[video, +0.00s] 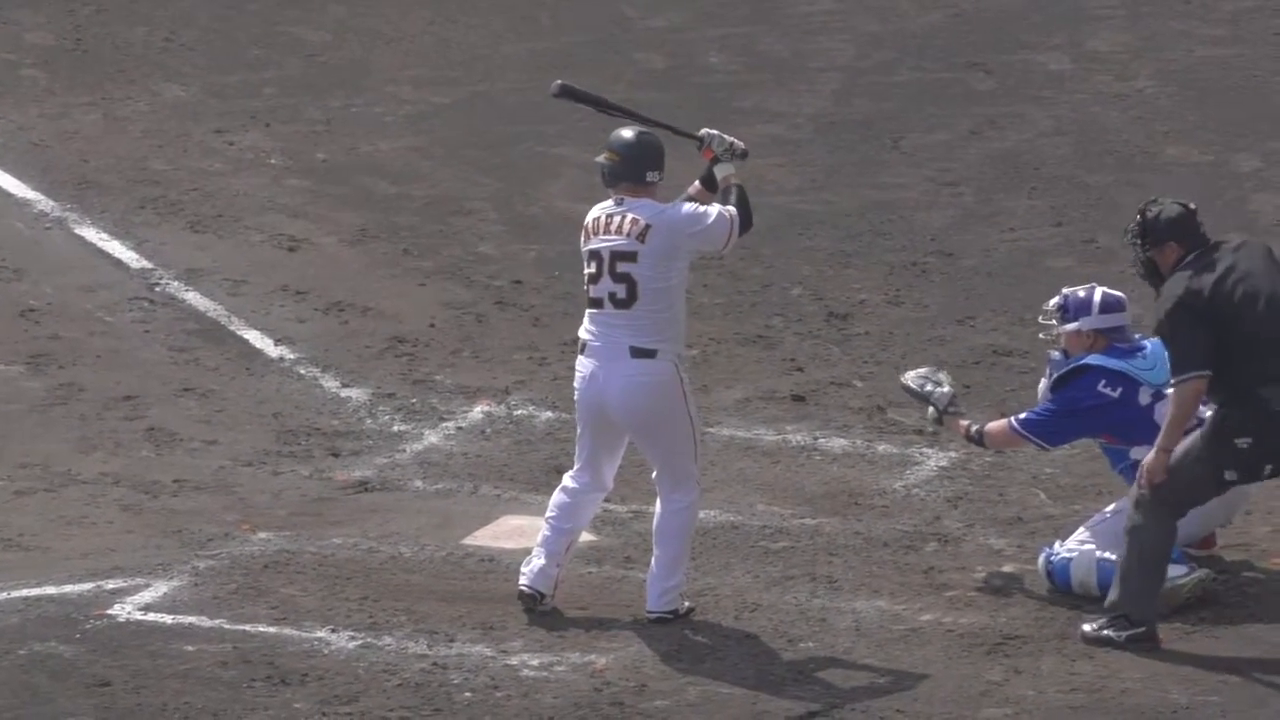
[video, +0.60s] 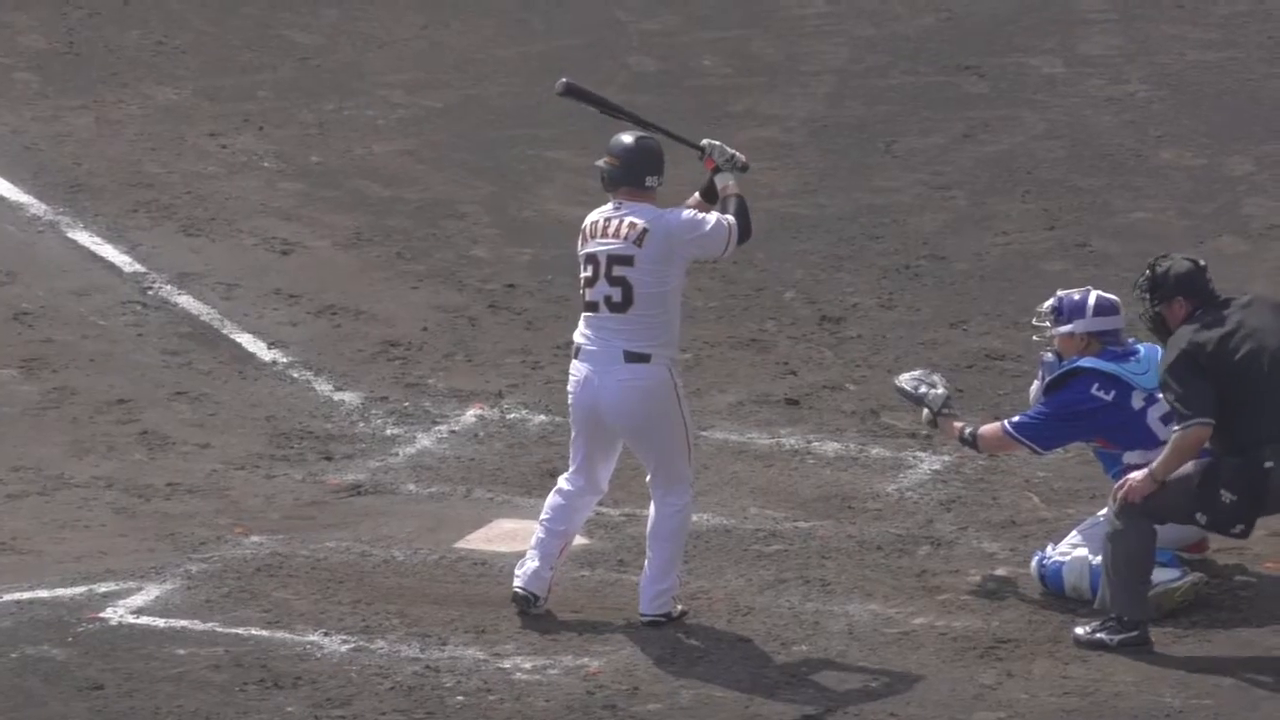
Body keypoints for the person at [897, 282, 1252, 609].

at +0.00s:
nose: (1058, 336)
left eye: (1065, 329)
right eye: (1060, 328)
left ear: (1090, 337)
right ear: (1106, 333)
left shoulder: (1092, 389)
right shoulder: (1148, 347)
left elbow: (1019, 431)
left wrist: (968, 430)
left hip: (1192, 490)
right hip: (1230, 470)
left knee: (1060, 562)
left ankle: (1174, 577)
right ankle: (1197, 540)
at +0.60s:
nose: (1051, 337)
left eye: (1058, 331)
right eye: (1053, 329)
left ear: (1082, 339)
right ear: (1110, 331)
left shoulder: (1086, 390)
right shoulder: (1150, 353)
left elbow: (1006, 436)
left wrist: (954, 429)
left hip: (1167, 506)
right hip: (1212, 485)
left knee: (1052, 563)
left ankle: (1160, 577)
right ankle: (1189, 539)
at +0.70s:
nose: (1051, 338)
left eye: (1057, 330)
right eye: (1052, 330)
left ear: (1081, 338)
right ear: (1108, 331)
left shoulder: (1086, 390)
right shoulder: (1150, 353)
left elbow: (1006, 436)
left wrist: (951, 427)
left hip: (1167, 508)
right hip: (1211, 487)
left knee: (1050, 563)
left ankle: (1160, 576)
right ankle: (1187, 540)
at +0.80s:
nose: (1050, 339)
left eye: (1056, 332)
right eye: (1052, 331)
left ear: (1080, 340)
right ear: (1108, 333)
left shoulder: (1085, 389)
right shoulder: (1151, 353)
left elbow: (1001, 438)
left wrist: (953, 428)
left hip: (1167, 510)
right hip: (1210, 488)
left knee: (1051, 563)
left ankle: (1157, 576)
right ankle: (1186, 540)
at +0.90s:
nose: (1050, 339)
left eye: (1056, 333)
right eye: (1051, 332)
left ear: (1079, 341)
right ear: (1109, 334)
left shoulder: (1084, 390)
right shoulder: (1150, 356)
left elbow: (1005, 439)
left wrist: (953, 431)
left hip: (1163, 514)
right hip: (1206, 495)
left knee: (1048, 565)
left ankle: (1157, 579)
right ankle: (1185, 544)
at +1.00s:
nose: (1048, 345)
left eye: (1055, 338)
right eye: (1050, 337)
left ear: (1079, 344)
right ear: (1099, 339)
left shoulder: (1080, 395)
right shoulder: (1146, 359)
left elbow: (994, 444)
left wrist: (944, 428)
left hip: (1161, 515)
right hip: (1202, 493)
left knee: (1046, 570)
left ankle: (1158, 583)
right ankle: (1181, 547)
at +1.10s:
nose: (1042, 346)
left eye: (1048, 339)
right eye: (1043, 339)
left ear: (1073, 347)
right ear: (1097, 340)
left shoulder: (1075, 398)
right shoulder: (1142, 362)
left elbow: (995, 446)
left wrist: (943, 435)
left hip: (1153, 519)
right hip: (1199, 499)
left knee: (1040, 570)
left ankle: (1150, 587)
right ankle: (1177, 549)